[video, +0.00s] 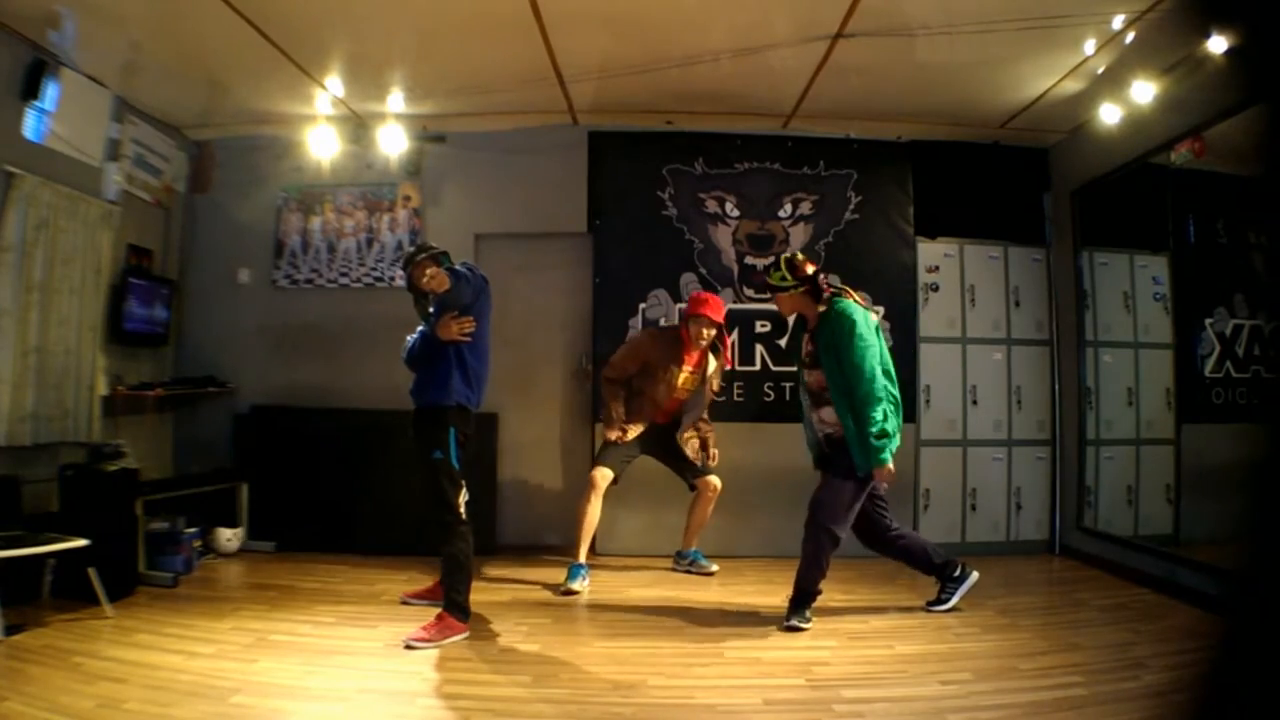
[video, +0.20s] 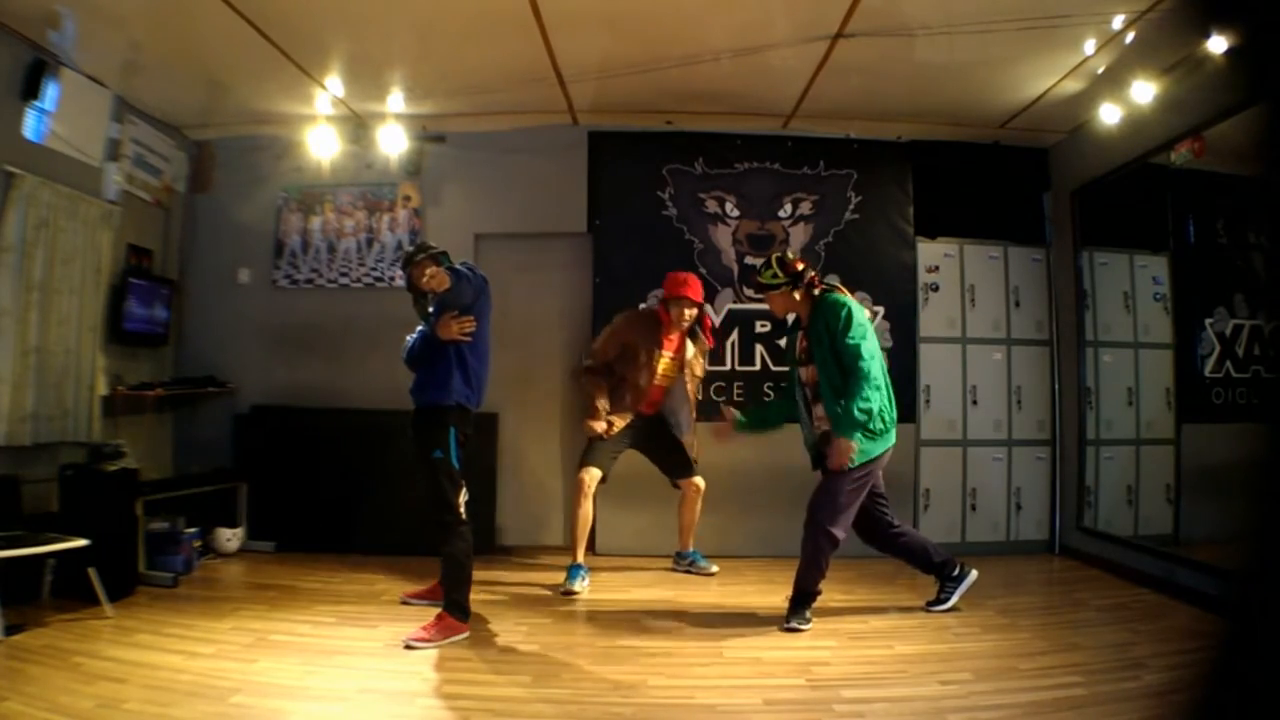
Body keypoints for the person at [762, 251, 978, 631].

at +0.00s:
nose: (775, 301)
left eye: (777, 293)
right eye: (774, 293)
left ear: (797, 290)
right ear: (799, 288)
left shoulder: (846, 317)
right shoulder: (815, 321)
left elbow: (868, 385)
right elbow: (825, 389)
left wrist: (879, 451)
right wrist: (821, 446)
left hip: (859, 443)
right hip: (837, 443)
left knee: (824, 518)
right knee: (876, 530)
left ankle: (801, 604)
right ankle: (951, 572)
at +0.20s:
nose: (766, 303)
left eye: (769, 295)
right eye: (765, 296)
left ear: (790, 289)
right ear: (790, 290)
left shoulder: (839, 309)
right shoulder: (805, 329)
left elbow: (866, 372)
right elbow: (800, 400)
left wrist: (847, 432)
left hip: (865, 435)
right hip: (843, 439)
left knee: (823, 517)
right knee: (876, 527)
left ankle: (801, 604)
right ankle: (952, 572)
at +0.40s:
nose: (765, 304)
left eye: (767, 296)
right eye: (763, 297)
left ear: (790, 290)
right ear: (785, 294)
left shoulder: (841, 308)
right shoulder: (794, 338)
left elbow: (868, 348)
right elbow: (772, 390)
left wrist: (849, 382)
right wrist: (716, 391)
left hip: (867, 435)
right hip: (837, 443)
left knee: (824, 514)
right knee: (875, 527)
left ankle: (801, 603)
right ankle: (950, 571)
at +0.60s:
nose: (762, 304)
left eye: (765, 295)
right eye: (760, 297)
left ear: (788, 289)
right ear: (783, 293)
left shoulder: (839, 306)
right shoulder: (793, 339)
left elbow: (878, 336)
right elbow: (772, 391)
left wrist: (885, 376)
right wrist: (719, 385)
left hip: (867, 439)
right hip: (837, 446)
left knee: (824, 515)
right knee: (877, 526)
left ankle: (801, 603)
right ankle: (950, 571)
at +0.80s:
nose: (764, 309)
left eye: (766, 301)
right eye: (762, 303)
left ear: (786, 293)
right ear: (782, 295)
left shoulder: (840, 306)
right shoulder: (788, 328)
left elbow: (880, 345)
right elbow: (781, 379)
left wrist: (903, 398)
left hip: (864, 433)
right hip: (840, 437)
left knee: (815, 515)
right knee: (877, 524)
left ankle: (800, 603)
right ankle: (952, 572)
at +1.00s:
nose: (768, 295)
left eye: (774, 286)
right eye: (764, 287)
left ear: (800, 276)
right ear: (763, 285)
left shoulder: (852, 303)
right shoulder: (769, 317)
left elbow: (895, 346)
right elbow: (762, 361)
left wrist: (904, 399)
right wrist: (810, 327)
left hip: (854, 429)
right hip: (810, 437)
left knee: (820, 517)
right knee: (856, 518)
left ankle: (801, 603)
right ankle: (924, 561)